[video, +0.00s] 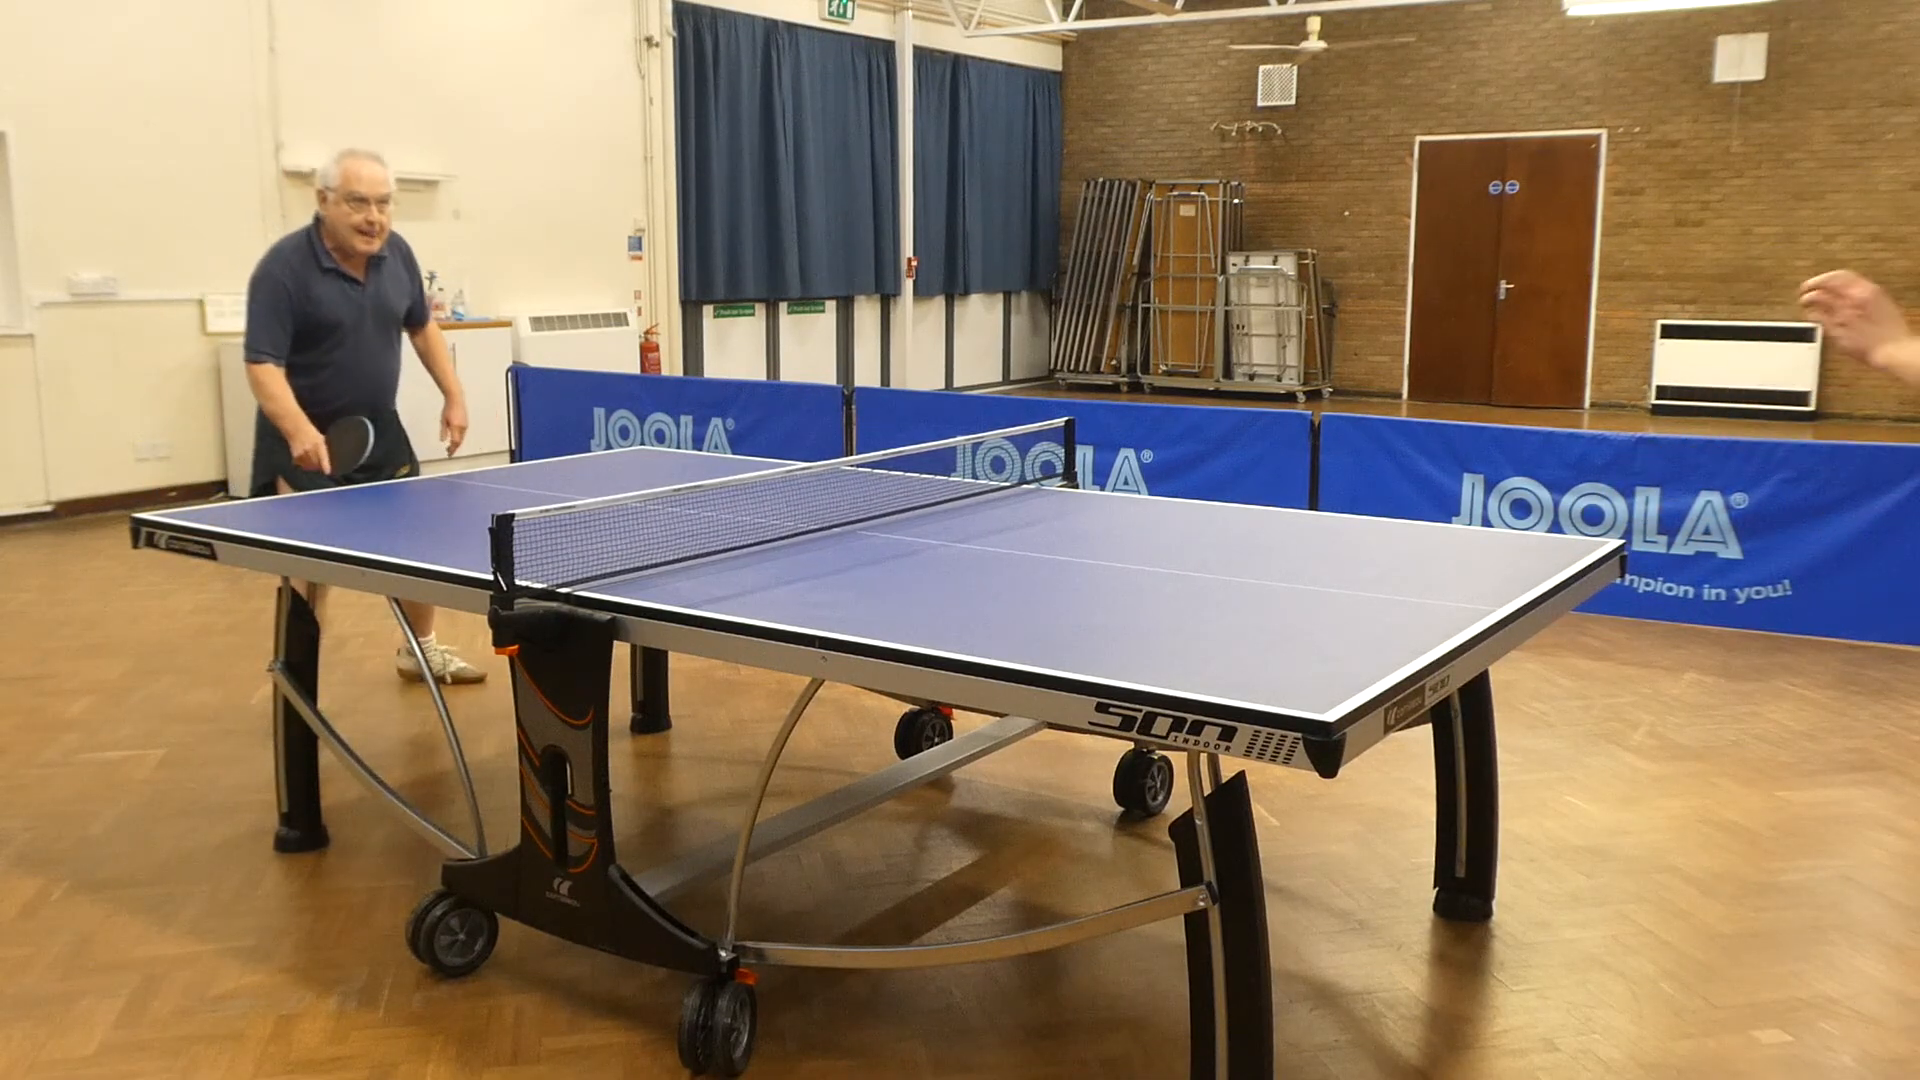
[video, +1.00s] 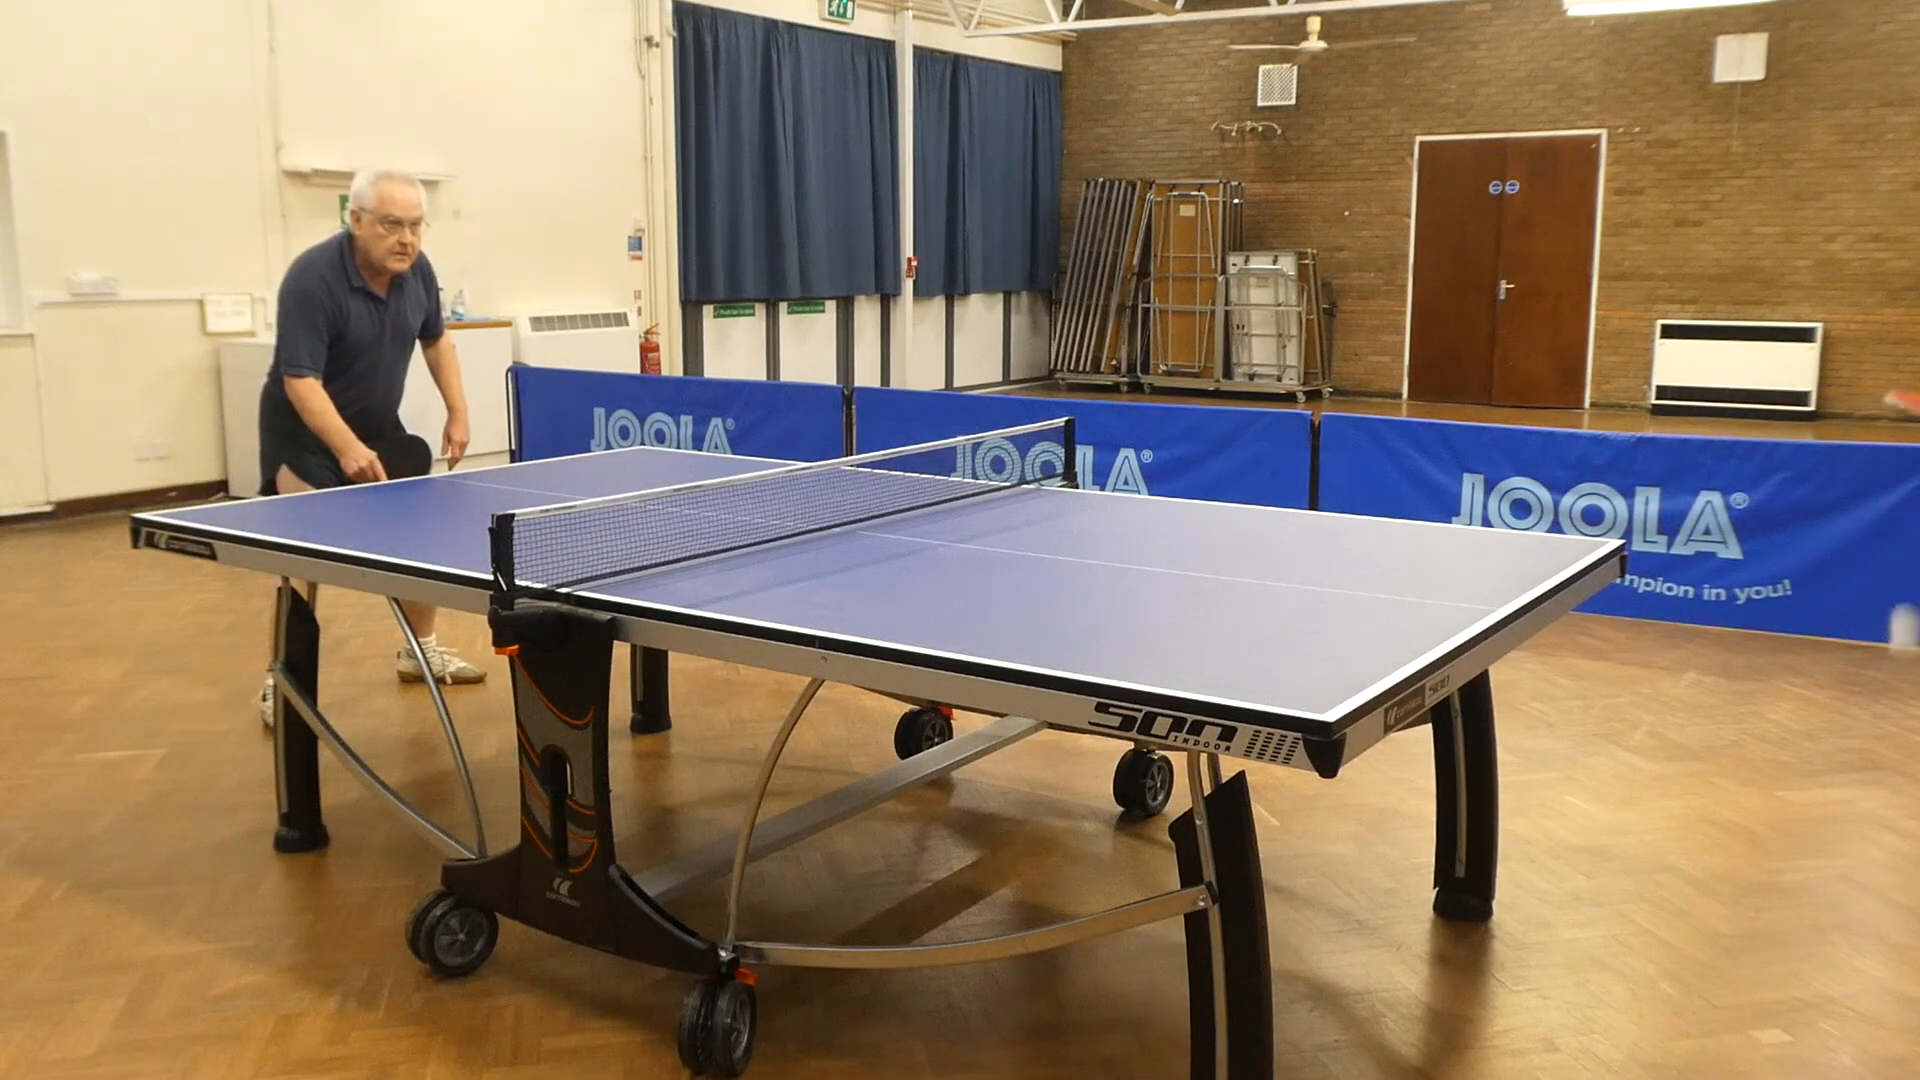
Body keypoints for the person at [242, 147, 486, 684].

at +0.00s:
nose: (372, 217)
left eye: (382, 203)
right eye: (358, 203)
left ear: (392, 204)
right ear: (323, 202)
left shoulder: (396, 253)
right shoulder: (283, 267)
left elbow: (421, 325)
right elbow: (262, 364)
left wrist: (453, 394)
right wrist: (299, 430)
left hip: (379, 430)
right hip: (305, 442)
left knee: (416, 532)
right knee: (309, 562)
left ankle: (420, 645)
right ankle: (293, 676)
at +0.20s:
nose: (398, 231)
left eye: (407, 218)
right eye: (383, 218)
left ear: (417, 217)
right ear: (348, 213)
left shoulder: (418, 262)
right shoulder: (309, 275)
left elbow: (448, 328)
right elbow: (287, 374)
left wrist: (479, 398)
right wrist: (318, 442)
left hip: (394, 428)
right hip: (321, 437)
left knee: (432, 530)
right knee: (318, 557)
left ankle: (420, 647)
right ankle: (286, 680)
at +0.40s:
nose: (411, 235)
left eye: (420, 222)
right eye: (396, 222)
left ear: (428, 220)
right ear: (360, 218)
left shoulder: (425, 266)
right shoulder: (319, 275)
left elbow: (452, 333)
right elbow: (301, 377)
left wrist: (482, 404)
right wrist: (343, 443)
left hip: (390, 423)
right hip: (317, 425)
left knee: (426, 529)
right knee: (313, 553)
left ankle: (421, 646)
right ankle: (285, 678)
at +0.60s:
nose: (412, 236)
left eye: (421, 224)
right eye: (397, 223)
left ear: (429, 222)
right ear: (362, 220)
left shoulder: (423, 269)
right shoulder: (319, 276)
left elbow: (445, 336)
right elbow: (307, 376)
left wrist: (470, 407)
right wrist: (358, 441)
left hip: (385, 423)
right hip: (313, 427)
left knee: (420, 532)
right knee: (305, 556)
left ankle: (420, 646)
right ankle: (284, 679)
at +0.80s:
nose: (410, 239)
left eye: (418, 226)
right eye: (395, 226)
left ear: (426, 224)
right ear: (359, 222)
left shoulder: (420, 272)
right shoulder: (316, 276)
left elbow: (439, 338)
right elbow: (304, 377)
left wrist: (461, 409)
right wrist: (356, 444)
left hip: (382, 427)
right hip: (309, 430)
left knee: (420, 529)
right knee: (302, 555)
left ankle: (420, 646)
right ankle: (282, 680)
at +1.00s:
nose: (407, 239)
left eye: (416, 226)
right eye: (392, 225)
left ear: (424, 225)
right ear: (356, 222)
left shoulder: (417, 272)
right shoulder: (313, 278)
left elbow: (436, 339)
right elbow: (298, 379)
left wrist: (457, 409)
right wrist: (347, 446)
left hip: (379, 427)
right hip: (306, 429)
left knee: (420, 524)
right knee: (302, 552)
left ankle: (420, 646)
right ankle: (282, 680)